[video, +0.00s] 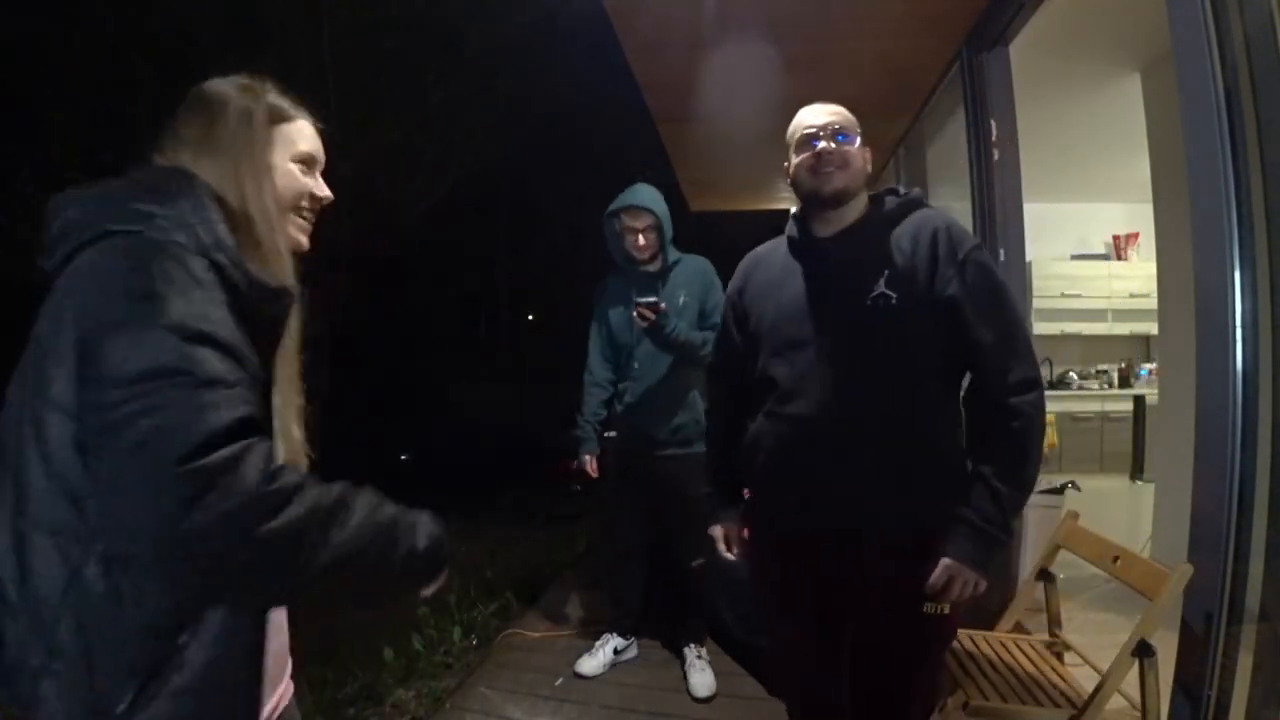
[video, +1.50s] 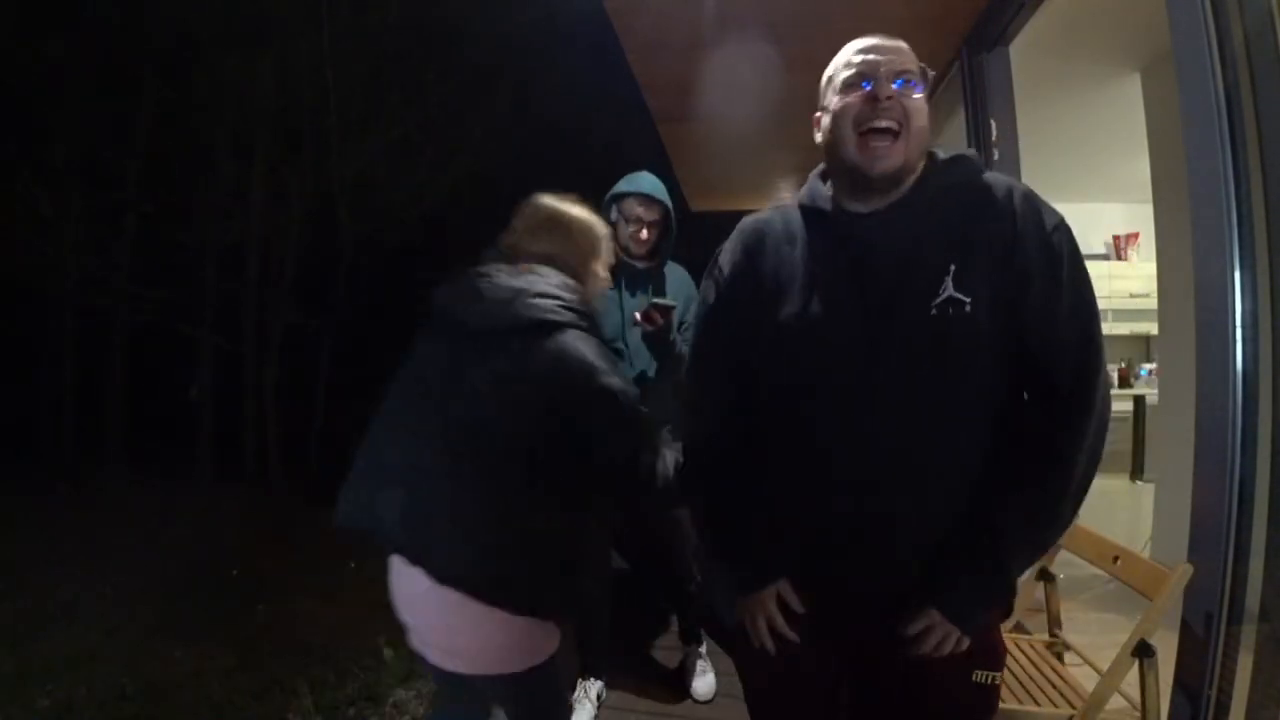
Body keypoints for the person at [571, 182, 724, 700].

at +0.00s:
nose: (637, 241)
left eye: (645, 230)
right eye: (627, 232)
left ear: (664, 229)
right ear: (616, 237)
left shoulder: (696, 273)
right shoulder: (613, 289)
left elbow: (719, 348)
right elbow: (599, 369)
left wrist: (666, 328)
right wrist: (587, 436)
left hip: (685, 443)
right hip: (627, 442)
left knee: (690, 547)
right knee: (622, 541)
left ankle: (693, 644)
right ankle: (620, 635)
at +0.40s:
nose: (690, 237)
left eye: (700, 228)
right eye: (681, 228)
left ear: (717, 230)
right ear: (668, 230)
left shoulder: (736, 285)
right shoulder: (651, 282)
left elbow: (750, 357)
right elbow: (620, 358)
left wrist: (712, 327)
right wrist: (603, 422)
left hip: (707, 437)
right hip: (645, 433)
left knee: (700, 540)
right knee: (631, 536)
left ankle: (696, 645)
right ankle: (620, 633)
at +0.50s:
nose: (696, 235)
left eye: (707, 226)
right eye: (687, 225)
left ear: (723, 229)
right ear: (674, 228)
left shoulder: (741, 284)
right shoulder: (655, 280)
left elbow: (754, 360)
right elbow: (626, 347)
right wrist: (603, 412)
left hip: (712, 440)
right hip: (648, 437)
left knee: (704, 543)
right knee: (633, 539)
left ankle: (697, 643)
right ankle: (621, 634)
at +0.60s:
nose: (697, 233)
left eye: (708, 224)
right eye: (688, 223)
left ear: (726, 228)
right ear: (676, 227)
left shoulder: (741, 282)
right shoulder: (657, 280)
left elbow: (760, 345)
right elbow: (625, 342)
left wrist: (722, 326)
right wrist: (576, 385)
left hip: (711, 442)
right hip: (648, 437)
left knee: (701, 549)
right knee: (633, 542)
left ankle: (697, 644)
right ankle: (614, 642)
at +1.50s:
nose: (642, 232)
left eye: (652, 222)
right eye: (631, 221)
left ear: (664, 227)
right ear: (613, 224)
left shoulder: (680, 282)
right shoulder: (590, 283)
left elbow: (695, 361)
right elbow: (574, 358)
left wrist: (668, 340)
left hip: (667, 429)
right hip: (601, 428)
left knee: (677, 538)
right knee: (596, 549)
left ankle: (694, 644)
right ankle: (591, 672)